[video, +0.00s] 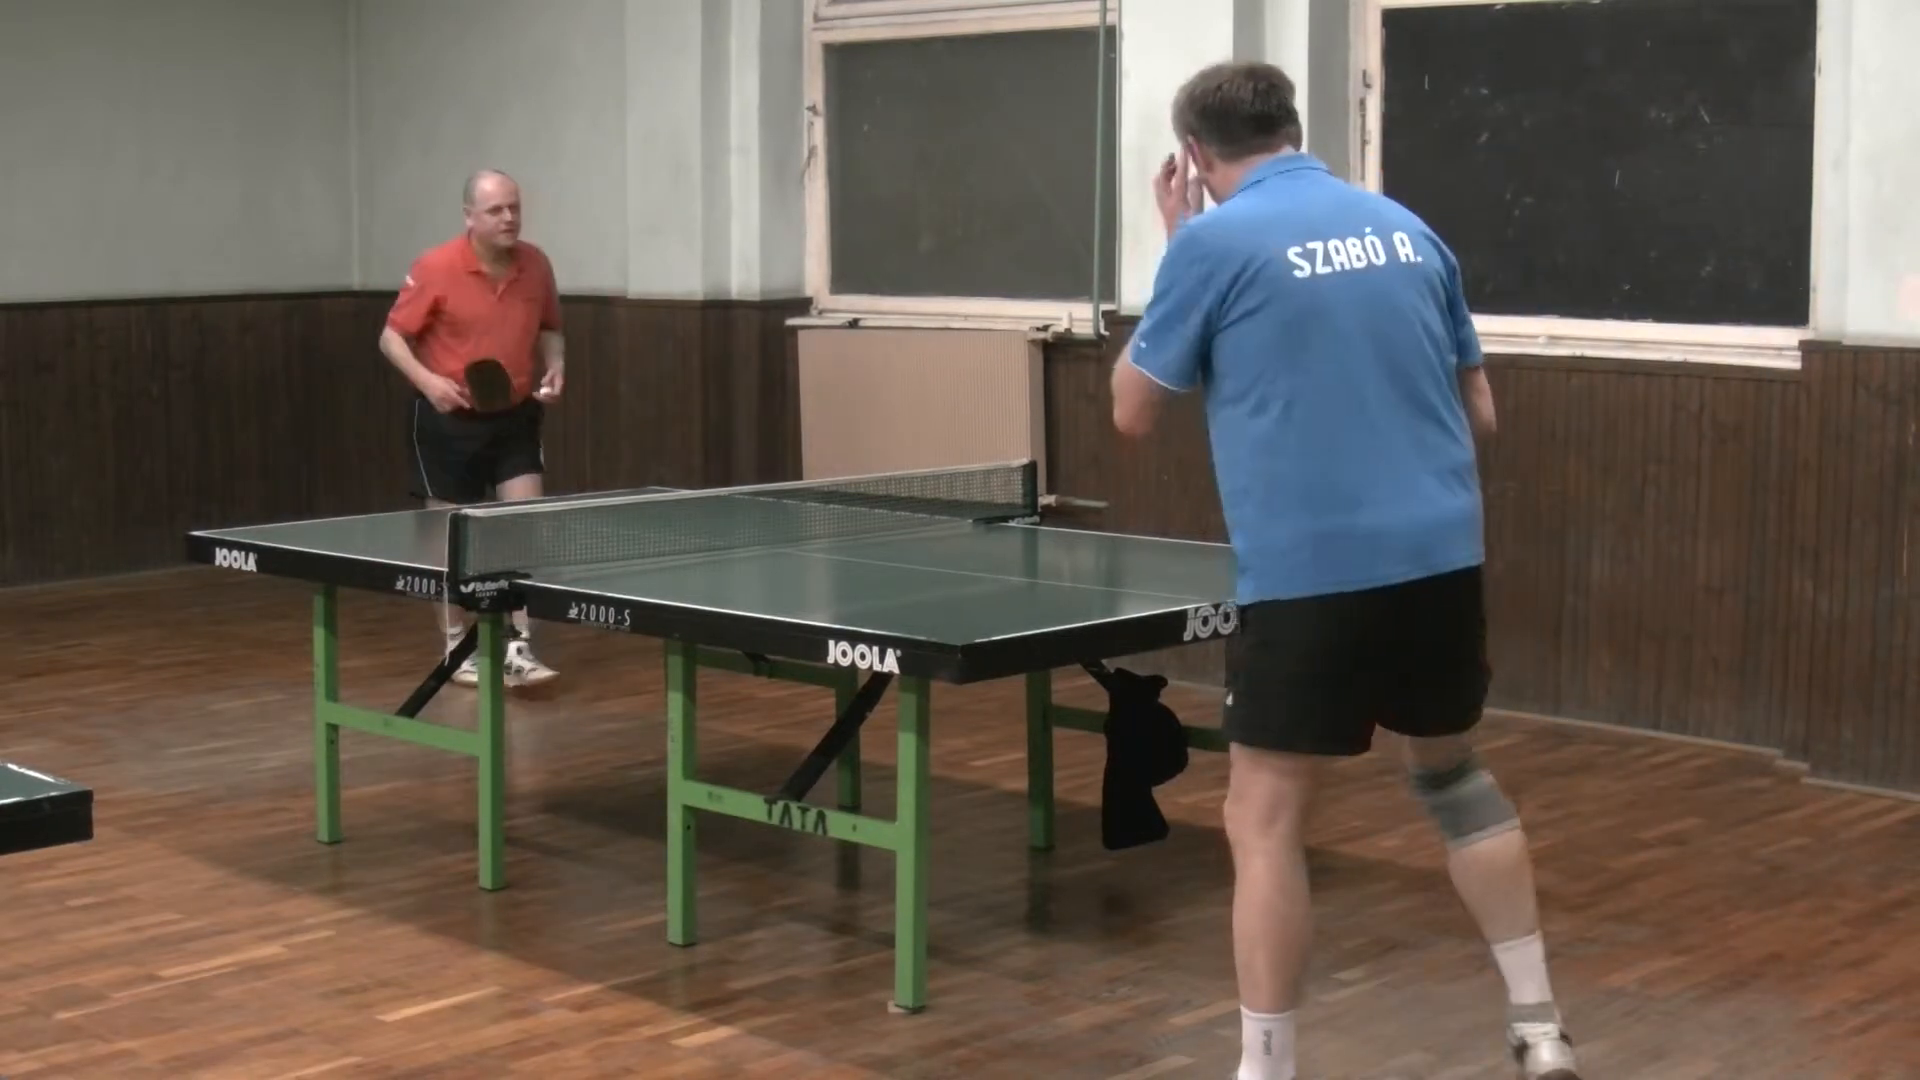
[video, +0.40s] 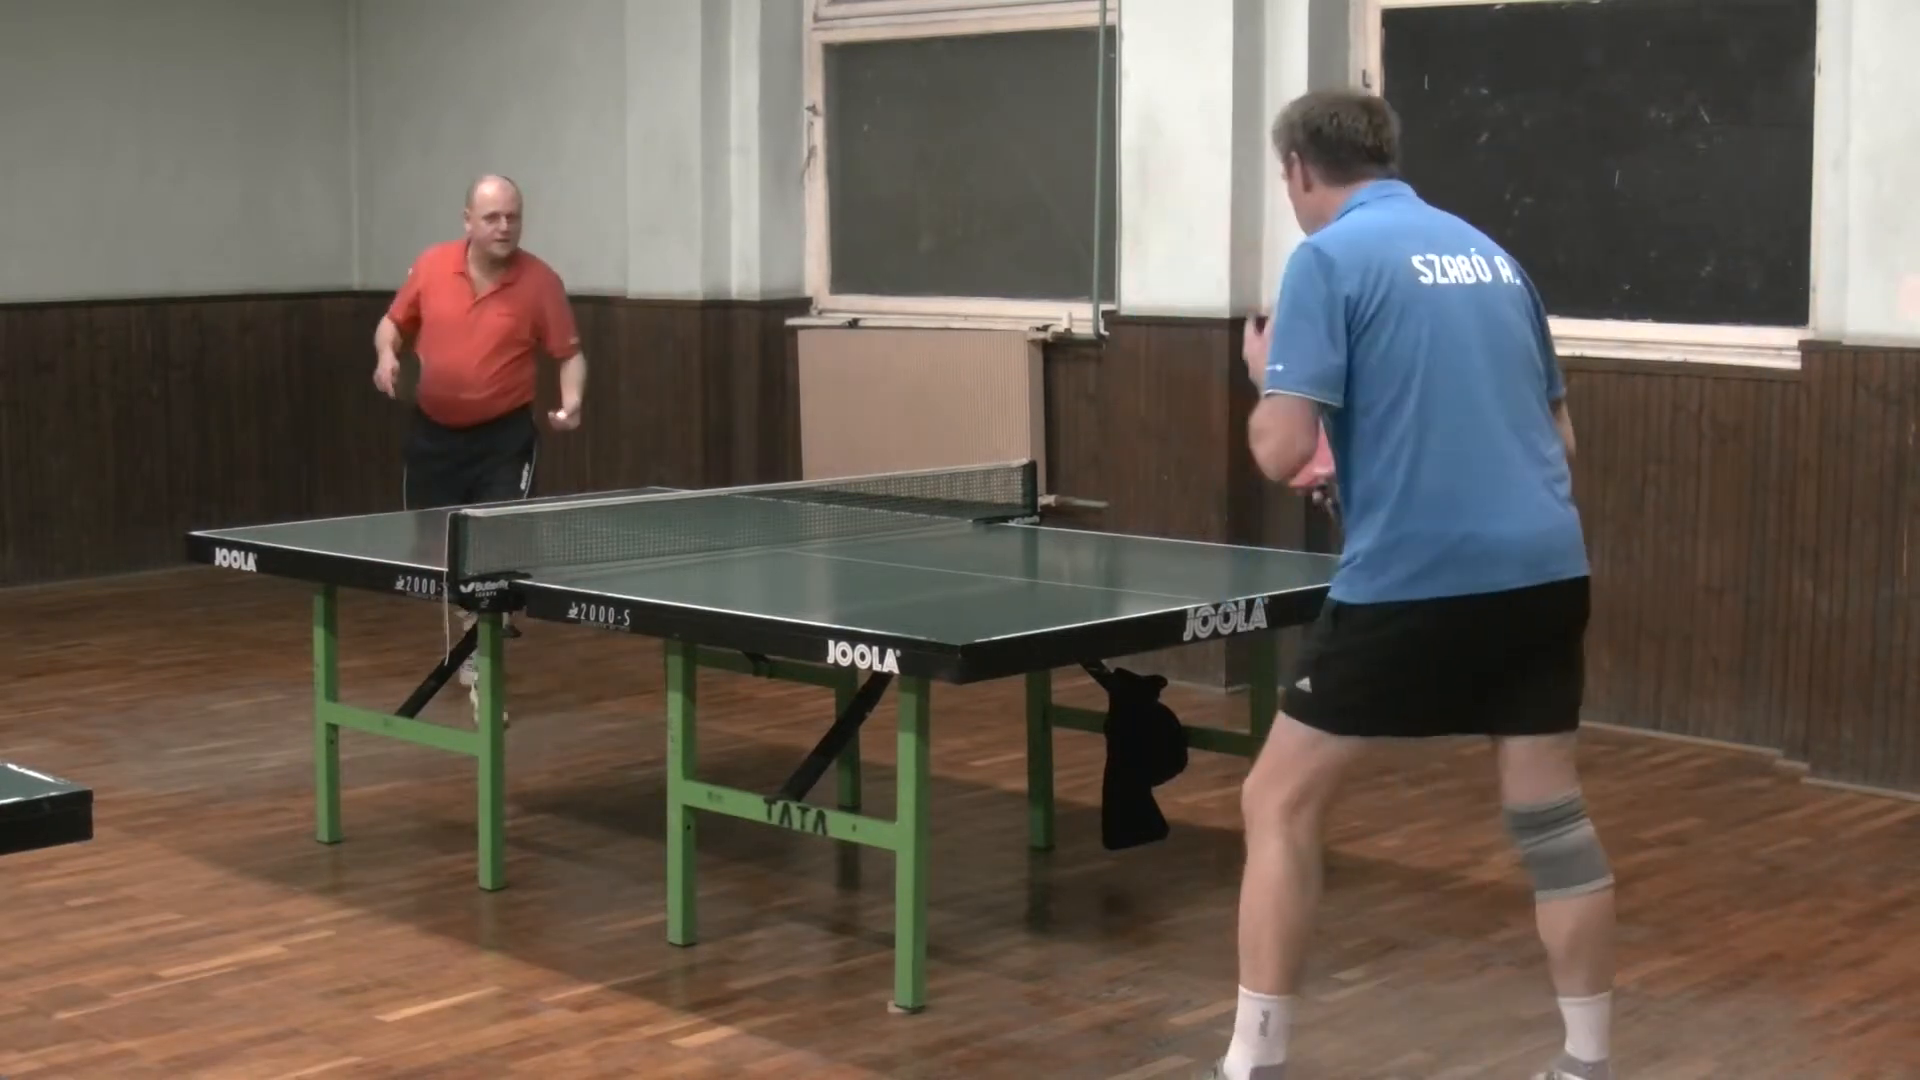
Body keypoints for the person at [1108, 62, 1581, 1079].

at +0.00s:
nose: (1188, 177)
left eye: (1187, 165)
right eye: (1187, 167)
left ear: (1199, 159)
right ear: (1297, 135)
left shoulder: (1216, 242)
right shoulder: (1407, 228)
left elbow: (1133, 413)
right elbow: (1478, 411)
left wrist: (1179, 252)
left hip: (1303, 574)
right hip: (1443, 558)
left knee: (1265, 817)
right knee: (1451, 768)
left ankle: (1265, 1066)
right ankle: (1540, 1027)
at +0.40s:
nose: (1290, 200)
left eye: (1287, 182)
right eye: (1290, 183)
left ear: (1303, 172)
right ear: (1384, 162)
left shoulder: (1326, 258)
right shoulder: (1490, 253)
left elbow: (1281, 453)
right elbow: (1551, 438)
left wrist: (1270, 376)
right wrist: (1356, 464)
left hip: (1409, 578)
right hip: (1546, 570)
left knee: (1279, 803)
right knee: (1549, 812)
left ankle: (1253, 1057)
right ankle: (1588, 1060)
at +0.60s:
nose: (1268, 246)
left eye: (1263, 231)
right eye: (1264, 232)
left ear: (1279, 215)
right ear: (1361, 200)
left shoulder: (1300, 280)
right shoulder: (1467, 269)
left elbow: (1323, 444)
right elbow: (1560, 452)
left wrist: (1303, 531)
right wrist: (1380, 521)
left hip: (1425, 575)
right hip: (1552, 563)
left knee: (1335, 828)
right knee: (1555, 814)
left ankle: (1256, 1063)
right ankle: (1587, 1062)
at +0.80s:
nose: (1213, 282)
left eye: (1208, 266)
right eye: (1211, 268)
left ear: (1224, 250)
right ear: (1301, 229)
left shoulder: (1241, 307)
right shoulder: (1404, 283)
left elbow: (1267, 465)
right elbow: (1446, 430)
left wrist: (1280, 584)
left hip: (1383, 578)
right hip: (1518, 564)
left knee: (1280, 822)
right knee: (1533, 818)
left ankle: (1244, 1062)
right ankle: (1582, 1060)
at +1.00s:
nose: (1170, 281)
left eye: (1165, 268)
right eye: (1166, 270)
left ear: (1179, 254)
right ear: (1262, 235)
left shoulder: (1193, 310)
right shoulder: (1361, 290)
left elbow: (1204, 468)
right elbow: (1407, 433)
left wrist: (1227, 599)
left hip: (1336, 571)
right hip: (1470, 560)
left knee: (1235, 816)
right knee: (1482, 806)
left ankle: (1238, 1064)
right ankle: (1559, 1056)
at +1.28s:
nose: (1173, 254)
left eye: (1174, 240)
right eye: (1175, 241)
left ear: (1194, 236)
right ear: (1281, 228)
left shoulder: (1192, 305)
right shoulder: (1378, 295)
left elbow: (1183, 468)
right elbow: (1446, 447)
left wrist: (1203, 603)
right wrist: (1430, 563)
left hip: (1310, 577)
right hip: (1443, 570)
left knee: (1205, 814)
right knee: (1451, 793)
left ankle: (1233, 1063)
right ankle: (1511, 1021)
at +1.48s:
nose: (1226, 245)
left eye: (1225, 230)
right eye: (1224, 230)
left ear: (1245, 225)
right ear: (1329, 217)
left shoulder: (1253, 299)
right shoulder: (1423, 295)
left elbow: (1249, 463)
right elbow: (1494, 472)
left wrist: (1251, 609)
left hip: (1358, 585)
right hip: (1484, 576)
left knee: (1226, 806)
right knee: (1469, 788)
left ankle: (1241, 1059)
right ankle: (1526, 1010)